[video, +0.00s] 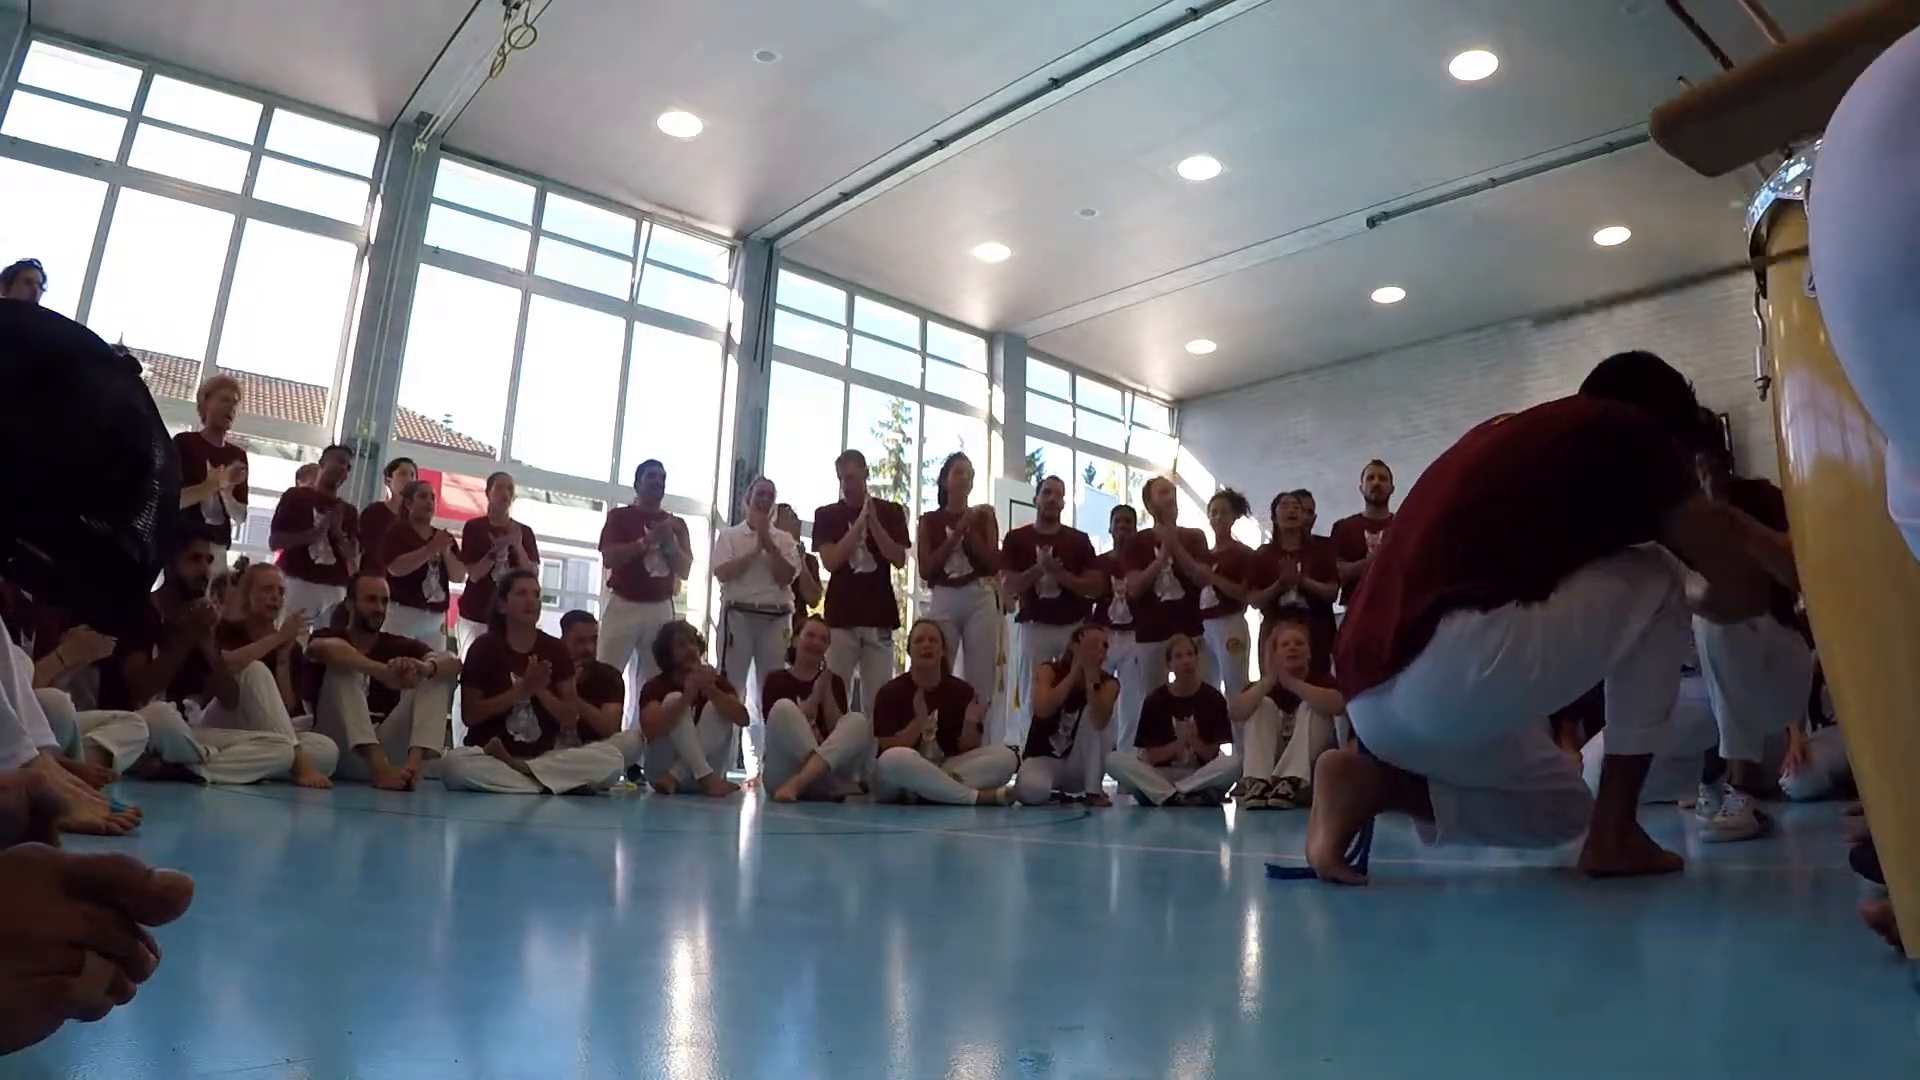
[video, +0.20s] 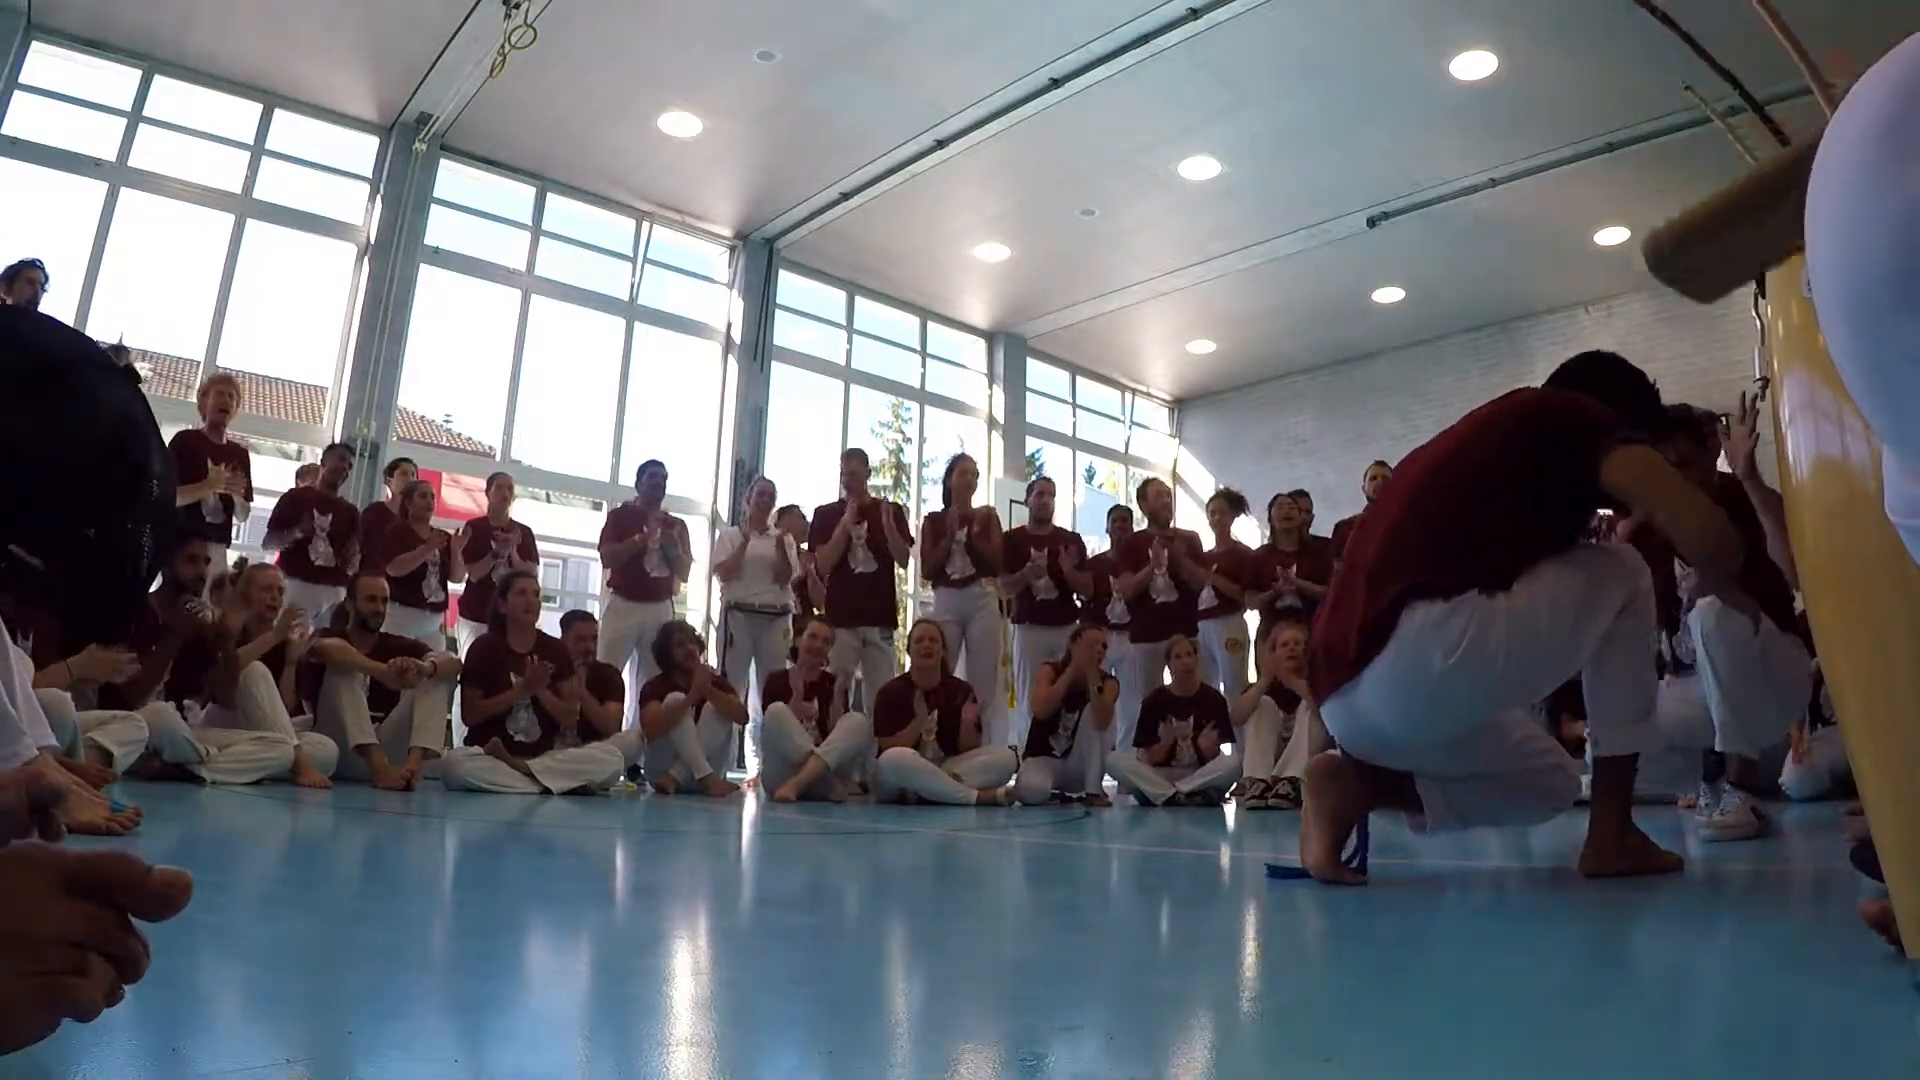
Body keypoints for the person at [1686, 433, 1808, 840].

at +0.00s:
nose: (1701, 477)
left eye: (1708, 463)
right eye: (1691, 468)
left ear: (1724, 462)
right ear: (1673, 472)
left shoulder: (1760, 502)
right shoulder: (1665, 526)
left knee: (1714, 623)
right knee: (1598, 768)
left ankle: (1739, 786)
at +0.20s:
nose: (1675, 480)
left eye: (1684, 466)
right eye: (1664, 470)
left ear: (1711, 455)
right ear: (1650, 471)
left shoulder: (1749, 503)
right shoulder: (1655, 524)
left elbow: (1796, 572)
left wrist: (1747, 477)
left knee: (1711, 613)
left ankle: (1739, 781)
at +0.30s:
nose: (1659, 482)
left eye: (1670, 467)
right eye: (1650, 473)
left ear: (1702, 466)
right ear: (1638, 478)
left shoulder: (1748, 512)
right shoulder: (1644, 535)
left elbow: (1791, 597)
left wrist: (1747, 495)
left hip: (1775, 692)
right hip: (1696, 692)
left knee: (1698, 592)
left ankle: (1710, 770)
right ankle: (1726, 769)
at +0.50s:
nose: (1670, 507)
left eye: (1677, 489)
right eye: (1661, 497)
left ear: (1702, 478)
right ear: (1650, 501)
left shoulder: (1753, 526)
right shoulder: (1662, 555)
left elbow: (1795, 634)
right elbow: (1639, 635)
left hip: (1760, 711)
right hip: (1684, 711)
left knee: (1665, 619)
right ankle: (1695, 773)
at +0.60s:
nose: (1683, 510)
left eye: (1689, 493)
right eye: (1669, 504)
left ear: (1716, 479)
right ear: (1659, 508)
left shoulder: (1763, 534)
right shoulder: (1674, 553)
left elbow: (1790, 642)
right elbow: (1631, 626)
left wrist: (1772, 703)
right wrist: (1566, 635)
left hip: (1760, 707)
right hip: (1691, 702)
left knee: (1636, 659)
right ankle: (1698, 775)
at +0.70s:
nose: (1688, 513)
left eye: (1695, 497)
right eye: (1675, 506)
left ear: (1722, 481)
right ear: (1666, 508)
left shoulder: (1769, 538)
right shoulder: (1681, 552)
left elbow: (1787, 649)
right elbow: (1610, 602)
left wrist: (1766, 741)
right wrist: (1538, 579)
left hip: (1748, 703)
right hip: (1683, 691)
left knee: (1589, 697)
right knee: (1578, 695)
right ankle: (1695, 779)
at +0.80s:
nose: (1696, 524)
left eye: (1704, 509)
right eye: (1685, 512)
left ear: (1732, 491)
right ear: (1672, 507)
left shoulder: (1769, 541)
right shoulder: (1677, 546)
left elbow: (1786, 658)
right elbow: (1593, 554)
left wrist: (1753, 764)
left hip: (1747, 704)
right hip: (1689, 689)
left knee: (1595, 735)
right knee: (1578, 693)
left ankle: (1445, 791)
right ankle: (1697, 783)